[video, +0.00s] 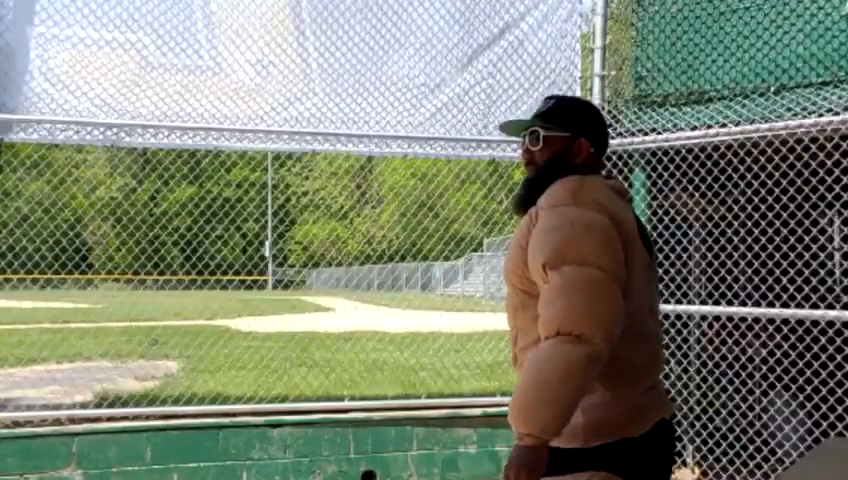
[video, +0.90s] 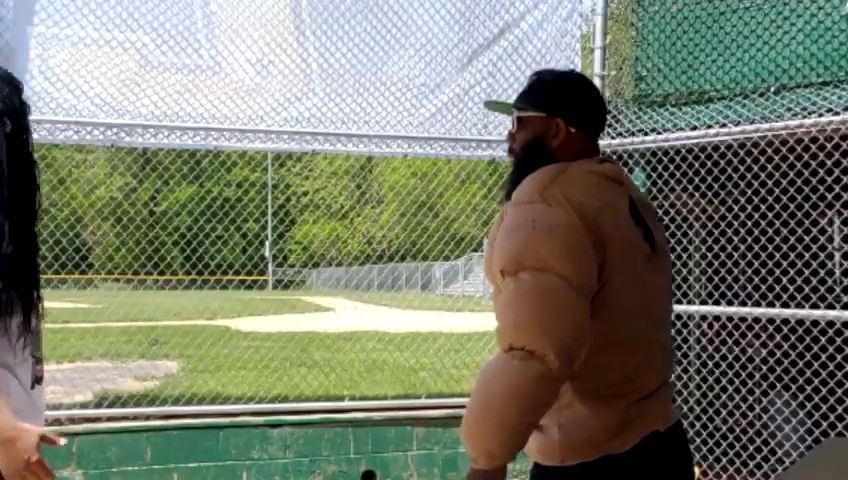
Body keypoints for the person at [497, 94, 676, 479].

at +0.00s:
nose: (525, 150)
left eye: (539, 137)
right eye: (527, 138)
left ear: (581, 149)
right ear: (583, 152)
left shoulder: (572, 205)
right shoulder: (596, 200)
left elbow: (577, 330)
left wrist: (530, 434)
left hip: (595, 441)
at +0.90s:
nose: (509, 137)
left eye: (520, 124)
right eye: (512, 124)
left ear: (557, 130)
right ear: (565, 132)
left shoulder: (547, 200)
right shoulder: (621, 194)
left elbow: (538, 345)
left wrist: (487, 455)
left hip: (587, 456)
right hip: (656, 440)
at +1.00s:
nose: (511, 135)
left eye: (522, 122)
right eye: (515, 122)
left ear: (558, 131)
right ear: (567, 132)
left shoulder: (547, 202)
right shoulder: (630, 196)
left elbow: (536, 347)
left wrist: (487, 457)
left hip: (586, 456)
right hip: (660, 440)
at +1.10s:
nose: (515, 135)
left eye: (527, 122)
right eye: (519, 122)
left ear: (563, 130)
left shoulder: (550, 200)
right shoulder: (639, 197)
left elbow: (534, 347)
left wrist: (485, 457)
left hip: (586, 456)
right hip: (665, 439)